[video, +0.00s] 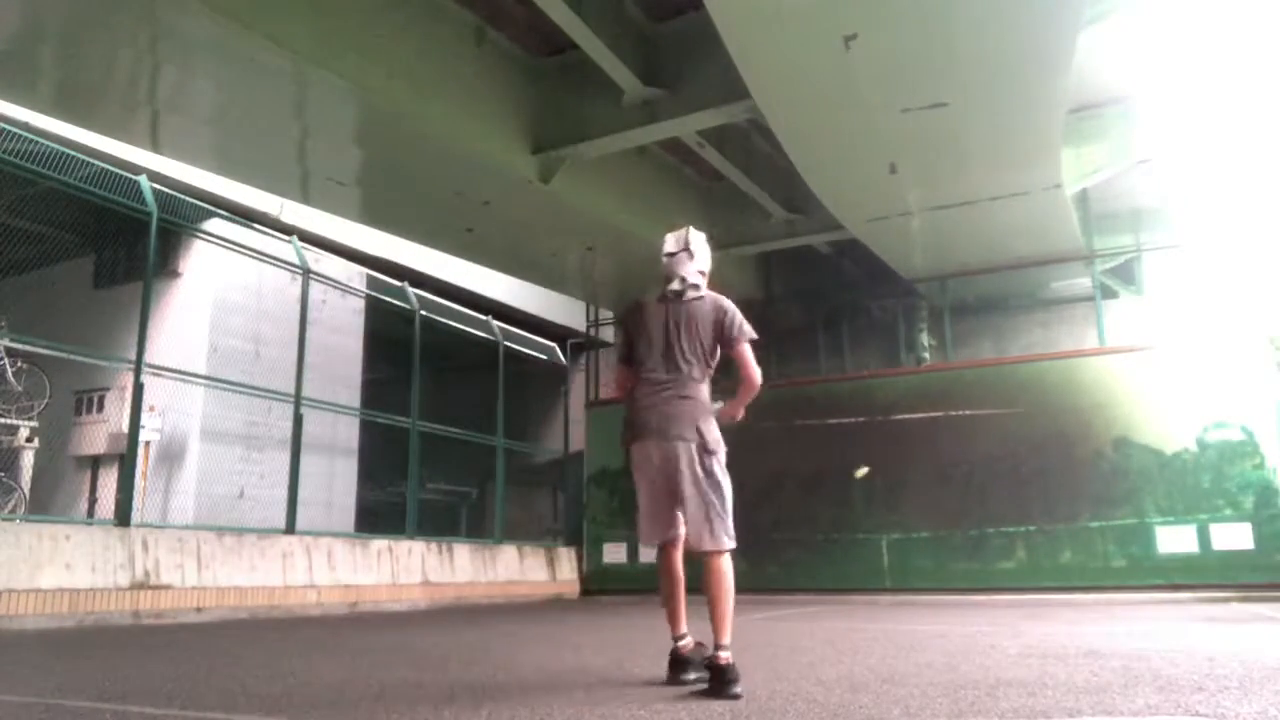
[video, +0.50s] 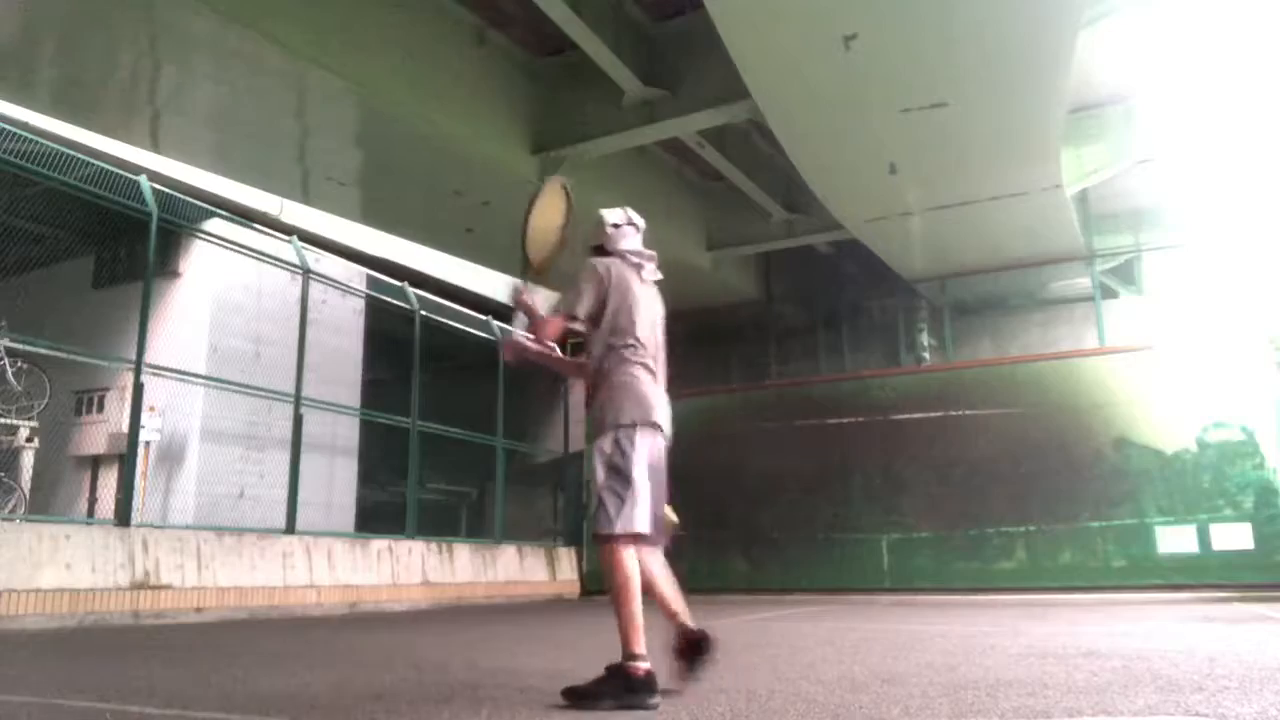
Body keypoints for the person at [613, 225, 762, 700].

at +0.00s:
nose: (700, 266)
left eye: (681, 257)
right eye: (703, 259)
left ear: (665, 264)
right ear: (705, 265)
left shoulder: (638, 313)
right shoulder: (721, 308)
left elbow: (619, 386)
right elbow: (753, 378)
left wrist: (649, 386)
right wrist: (736, 406)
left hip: (646, 437)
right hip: (697, 434)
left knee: (670, 543)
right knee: (716, 546)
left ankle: (681, 648)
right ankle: (722, 659)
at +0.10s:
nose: (681, 257)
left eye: (672, 250)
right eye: (692, 250)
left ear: (662, 257)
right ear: (702, 256)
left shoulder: (640, 304)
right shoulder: (721, 304)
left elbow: (620, 374)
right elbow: (749, 378)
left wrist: (648, 406)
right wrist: (715, 416)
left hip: (646, 429)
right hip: (699, 428)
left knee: (658, 542)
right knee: (713, 543)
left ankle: (670, 646)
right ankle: (721, 658)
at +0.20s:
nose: (669, 251)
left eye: (662, 244)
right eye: (677, 244)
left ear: (652, 249)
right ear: (692, 248)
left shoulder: (631, 290)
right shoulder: (714, 297)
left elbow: (612, 369)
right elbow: (730, 380)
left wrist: (622, 385)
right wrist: (697, 402)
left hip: (647, 421)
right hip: (701, 422)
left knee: (639, 541)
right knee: (713, 540)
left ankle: (649, 650)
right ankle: (724, 659)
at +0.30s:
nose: (647, 241)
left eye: (642, 239)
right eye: (661, 236)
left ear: (639, 246)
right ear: (678, 245)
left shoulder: (626, 283)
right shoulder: (699, 295)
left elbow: (598, 358)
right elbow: (700, 363)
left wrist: (613, 394)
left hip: (644, 422)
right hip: (699, 421)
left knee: (621, 541)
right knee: (712, 541)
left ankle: (634, 660)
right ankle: (725, 662)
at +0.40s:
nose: (621, 248)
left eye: (621, 241)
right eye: (635, 239)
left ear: (623, 243)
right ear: (661, 245)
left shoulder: (617, 277)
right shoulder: (676, 290)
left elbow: (581, 350)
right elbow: (662, 365)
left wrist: (564, 337)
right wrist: (599, 375)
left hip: (638, 421)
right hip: (683, 424)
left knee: (616, 539)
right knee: (692, 543)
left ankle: (634, 668)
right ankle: (723, 661)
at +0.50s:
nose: (594, 251)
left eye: (596, 243)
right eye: (601, 244)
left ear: (602, 241)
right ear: (637, 244)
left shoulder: (603, 267)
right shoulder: (649, 287)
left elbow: (553, 330)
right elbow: (605, 368)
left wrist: (534, 310)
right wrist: (541, 353)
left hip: (624, 417)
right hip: (654, 419)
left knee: (617, 539)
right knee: (643, 543)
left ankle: (635, 668)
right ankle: (687, 630)